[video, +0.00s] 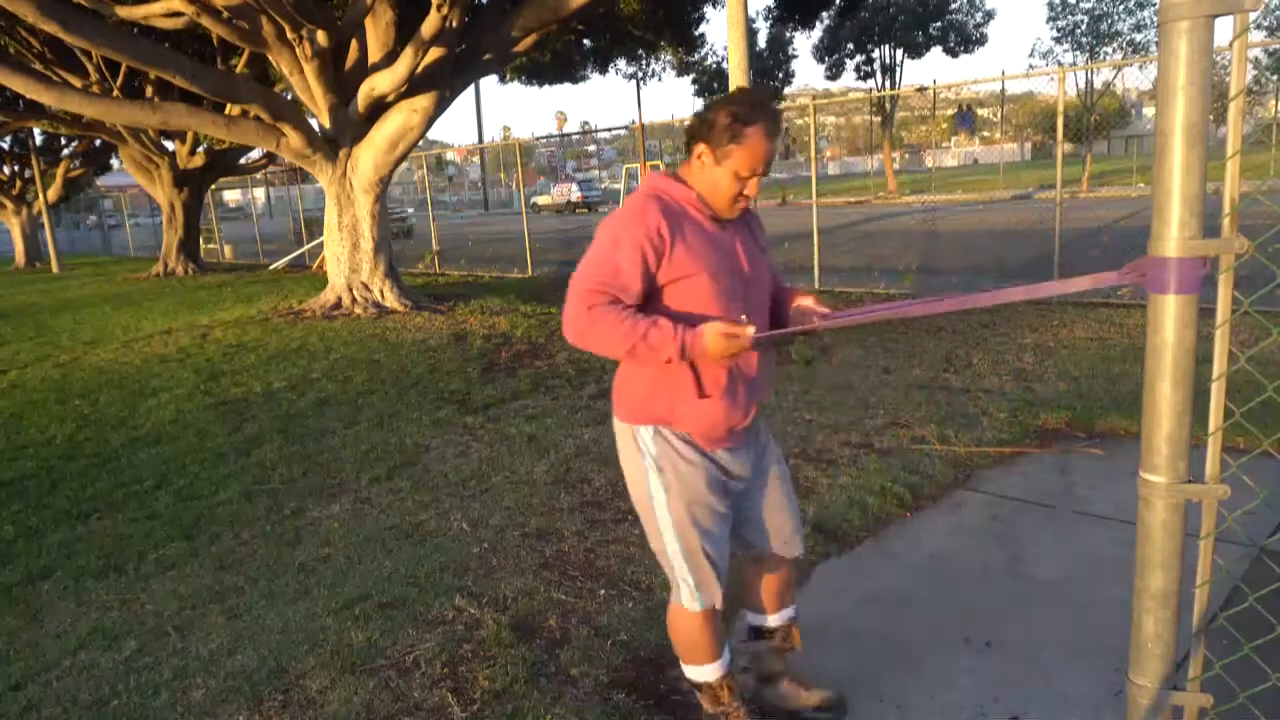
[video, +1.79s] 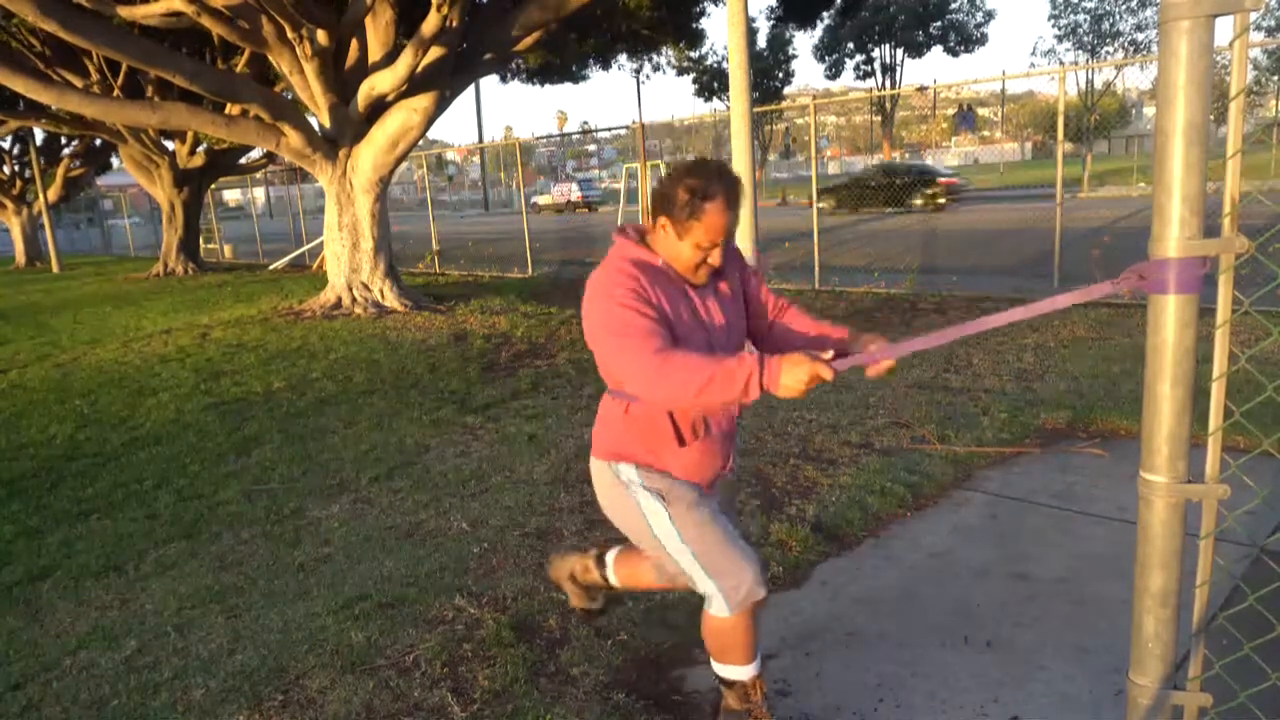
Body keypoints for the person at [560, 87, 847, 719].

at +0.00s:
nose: (752, 192)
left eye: (760, 178)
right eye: (743, 177)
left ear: (761, 166)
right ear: (700, 155)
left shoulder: (741, 220)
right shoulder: (644, 218)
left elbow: (756, 296)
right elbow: (583, 315)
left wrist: (789, 307)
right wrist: (689, 341)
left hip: (741, 424)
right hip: (667, 435)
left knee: (778, 549)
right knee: (696, 580)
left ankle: (767, 673)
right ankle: (717, 701)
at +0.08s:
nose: (735, 193)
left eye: (743, 180)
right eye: (726, 179)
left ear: (746, 166)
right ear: (683, 157)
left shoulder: (729, 224)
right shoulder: (628, 217)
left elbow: (747, 290)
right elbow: (566, 315)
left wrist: (776, 302)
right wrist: (670, 339)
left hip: (731, 421)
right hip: (655, 431)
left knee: (766, 541)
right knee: (686, 579)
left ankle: (723, 655)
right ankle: (711, 700)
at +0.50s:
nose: (697, 181)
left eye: (703, 166)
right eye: (684, 167)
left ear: (708, 162)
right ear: (639, 159)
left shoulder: (712, 216)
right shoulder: (603, 228)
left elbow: (760, 262)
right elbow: (626, 314)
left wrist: (810, 275)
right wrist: (740, 310)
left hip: (703, 420)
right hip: (637, 424)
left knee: (696, 543)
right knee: (689, 568)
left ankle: (638, 647)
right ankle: (717, 699)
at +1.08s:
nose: (718, 184)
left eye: (724, 170)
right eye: (706, 170)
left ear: (725, 162)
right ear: (661, 159)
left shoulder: (716, 219)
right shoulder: (630, 220)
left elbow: (773, 270)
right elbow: (674, 301)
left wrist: (833, 292)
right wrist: (783, 316)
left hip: (715, 414)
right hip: (651, 419)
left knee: (735, 553)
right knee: (715, 567)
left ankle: (732, 660)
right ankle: (722, 695)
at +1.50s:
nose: (705, 195)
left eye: (711, 180)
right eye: (694, 180)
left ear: (714, 171)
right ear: (652, 164)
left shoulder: (713, 224)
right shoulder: (610, 230)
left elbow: (766, 276)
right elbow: (646, 309)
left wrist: (833, 306)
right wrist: (758, 329)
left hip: (717, 419)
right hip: (650, 428)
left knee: (740, 544)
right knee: (705, 574)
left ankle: (689, 640)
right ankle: (731, 696)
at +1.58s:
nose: (703, 202)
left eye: (710, 188)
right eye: (692, 188)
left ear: (715, 176)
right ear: (650, 171)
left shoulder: (714, 226)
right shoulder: (609, 232)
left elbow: (766, 281)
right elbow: (638, 318)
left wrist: (829, 312)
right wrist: (753, 337)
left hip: (716, 422)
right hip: (647, 432)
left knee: (741, 535)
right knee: (706, 576)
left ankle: (646, 590)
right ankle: (733, 696)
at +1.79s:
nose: (716, 260)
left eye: (722, 246)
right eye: (704, 249)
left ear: (729, 230)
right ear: (661, 228)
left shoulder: (726, 267)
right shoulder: (617, 286)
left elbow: (775, 321)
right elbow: (650, 375)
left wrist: (849, 347)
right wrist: (762, 373)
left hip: (704, 462)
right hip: (637, 467)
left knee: (696, 567)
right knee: (737, 583)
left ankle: (586, 572)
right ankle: (742, 704)